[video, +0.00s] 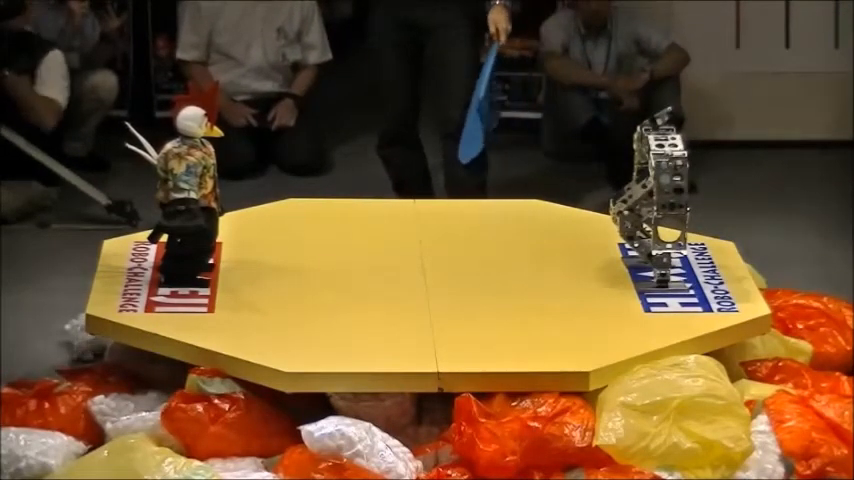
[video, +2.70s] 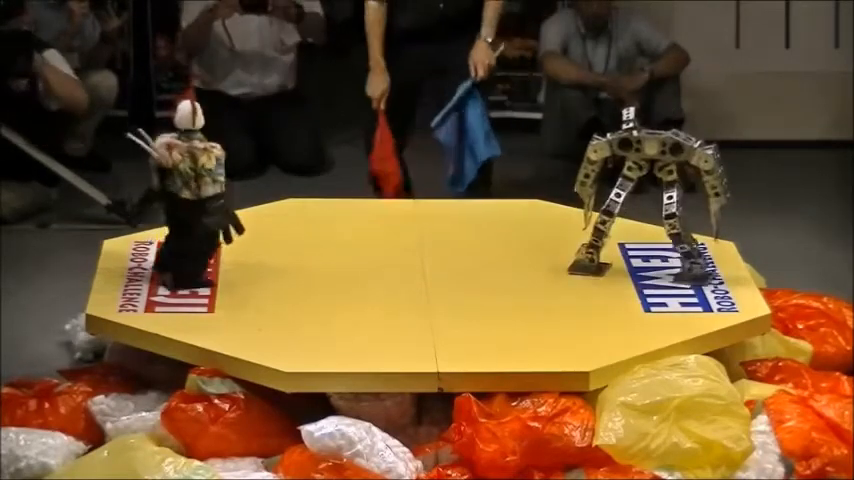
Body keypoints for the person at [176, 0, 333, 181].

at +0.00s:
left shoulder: (302, 5)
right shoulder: (201, 5)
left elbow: (312, 60)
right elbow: (191, 60)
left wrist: (291, 100)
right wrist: (226, 105)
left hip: (280, 98)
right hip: (228, 102)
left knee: (306, 160)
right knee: (237, 163)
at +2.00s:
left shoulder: (301, 5)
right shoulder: (196, 6)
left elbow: (317, 49)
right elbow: (187, 59)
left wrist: (299, 81)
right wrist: (220, 82)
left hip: (280, 97)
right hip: (229, 99)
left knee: (306, 161)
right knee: (237, 164)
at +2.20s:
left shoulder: (301, 4)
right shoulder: (197, 5)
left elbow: (320, 45)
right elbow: (183, 54)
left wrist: (296, 57)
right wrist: (215, 53)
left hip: (283, 99)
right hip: (227, 100)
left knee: (306, 162)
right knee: (236, 165)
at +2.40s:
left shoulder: (297, 3)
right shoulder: (197, 4)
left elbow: (322, 42)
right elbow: (183, 55)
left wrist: (294, 32)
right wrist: (213, 34)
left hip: (283, 99)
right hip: (228, 103)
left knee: (306, 162)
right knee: (236, 166)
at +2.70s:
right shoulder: (198, 5)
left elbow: (320, 31)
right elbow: (186, 48)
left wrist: (296, 16)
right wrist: (211, 15)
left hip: (279, 96)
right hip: (221, 99)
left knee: (307, 162)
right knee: (239, 166)